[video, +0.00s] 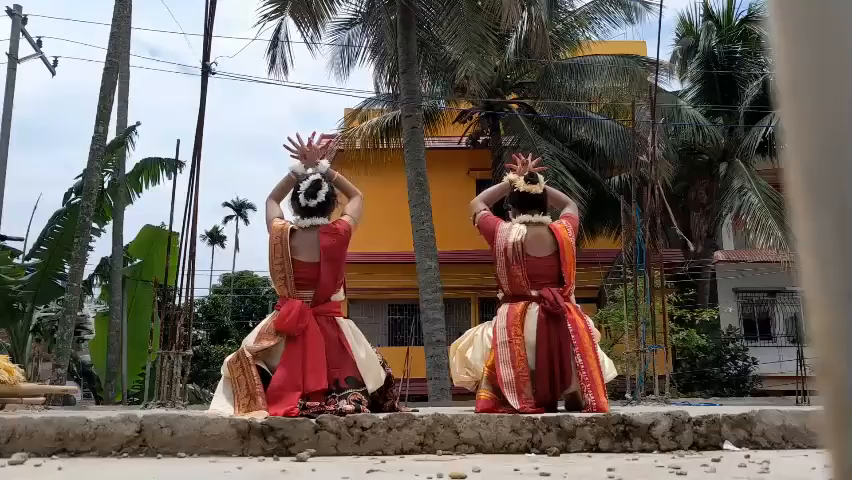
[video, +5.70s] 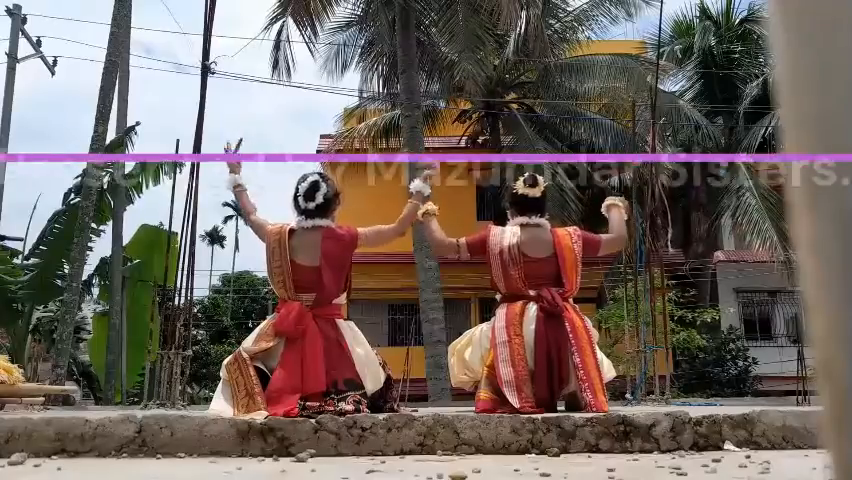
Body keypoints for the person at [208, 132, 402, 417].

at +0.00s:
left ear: (294, 204)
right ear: (331, 205)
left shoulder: (280, 235)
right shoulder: (338, 235)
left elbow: (273, 200)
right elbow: (356, 197)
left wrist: (300, 169)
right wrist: (326, 170)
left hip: (288, 334)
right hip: (330, 334)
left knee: (240, 365)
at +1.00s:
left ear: (293, 205)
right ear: (330, 206)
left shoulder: (281, 232)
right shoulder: (338, 235)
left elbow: (276, 195)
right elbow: (351, 194)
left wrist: (302, 163)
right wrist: (324, 166)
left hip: (289, 329)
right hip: (330, 330)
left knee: (240, 363)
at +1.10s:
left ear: (294, 201)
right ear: (329, 203)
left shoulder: (281, 232)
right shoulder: (338, 234)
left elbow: (277, 193)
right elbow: (351, 194)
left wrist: (303, 161)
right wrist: (323, 165)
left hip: (289, 329)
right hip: (331, 328)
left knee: (239, 362)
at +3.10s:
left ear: (295, 203)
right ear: (330, 203)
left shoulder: (284, 234)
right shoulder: (337, 236)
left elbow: (277, 196)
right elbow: (351, 195)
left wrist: (303, 162)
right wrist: (323, 164)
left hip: (289, 328)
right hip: (329, 329)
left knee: (240, 363)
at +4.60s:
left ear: (292, 201)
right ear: (330, 202)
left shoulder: (279, 231)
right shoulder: (338, 232)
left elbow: (269, 192)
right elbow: (368, 188)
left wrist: (281, 157)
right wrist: (353, 157)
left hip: (287, 331)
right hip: (330, 329)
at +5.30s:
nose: (337, 204)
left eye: (333, 198)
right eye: (335, 199)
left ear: (295, 203)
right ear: (331, 204)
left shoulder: (278, 234)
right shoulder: (341, 235)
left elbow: (260, 204)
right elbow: (386, 206)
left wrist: (267, 161)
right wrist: (387, 171)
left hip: (288, 333)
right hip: (333, 333)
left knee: (239, 367)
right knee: (379, 388)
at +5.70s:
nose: (339, 204)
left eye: (336, 198)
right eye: (337, 199)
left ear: (298, 204)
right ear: (333, 205)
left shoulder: (277, 235)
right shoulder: (345, 237)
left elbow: (248, 213)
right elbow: (397, 229)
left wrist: (235, 177)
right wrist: (419, 193)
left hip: (287, 337)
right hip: (333, 336)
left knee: (242, 364)